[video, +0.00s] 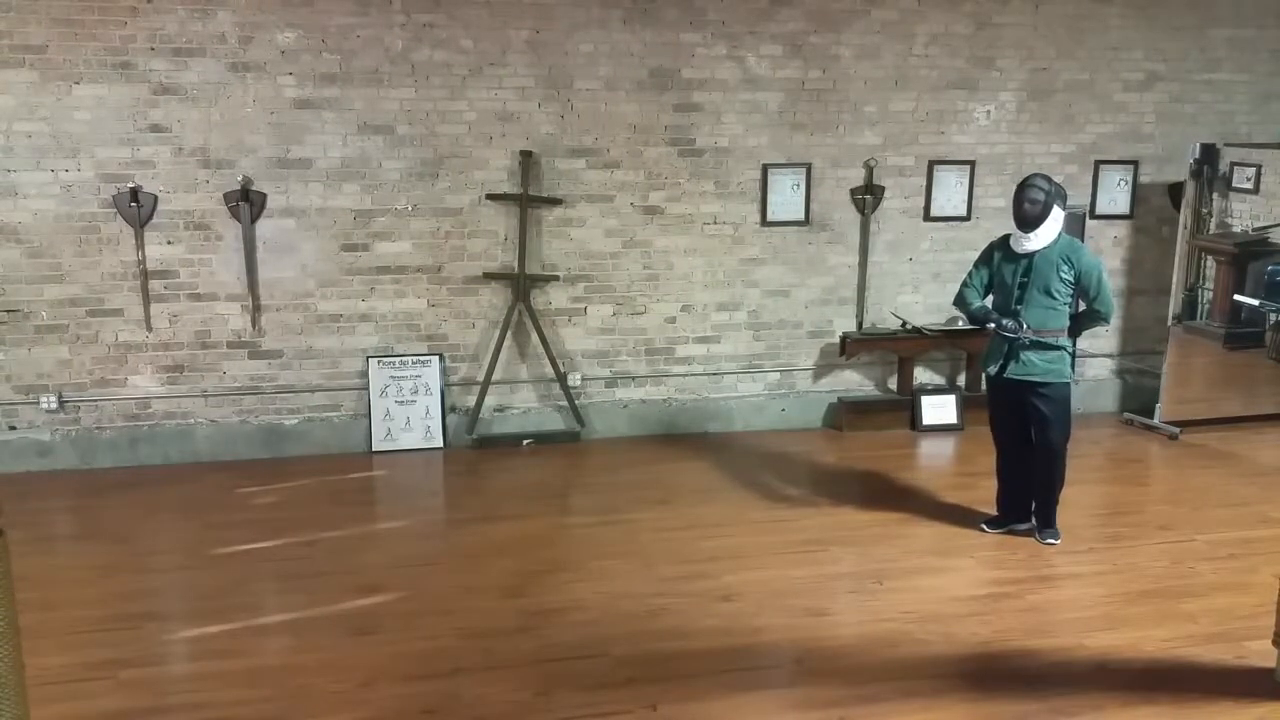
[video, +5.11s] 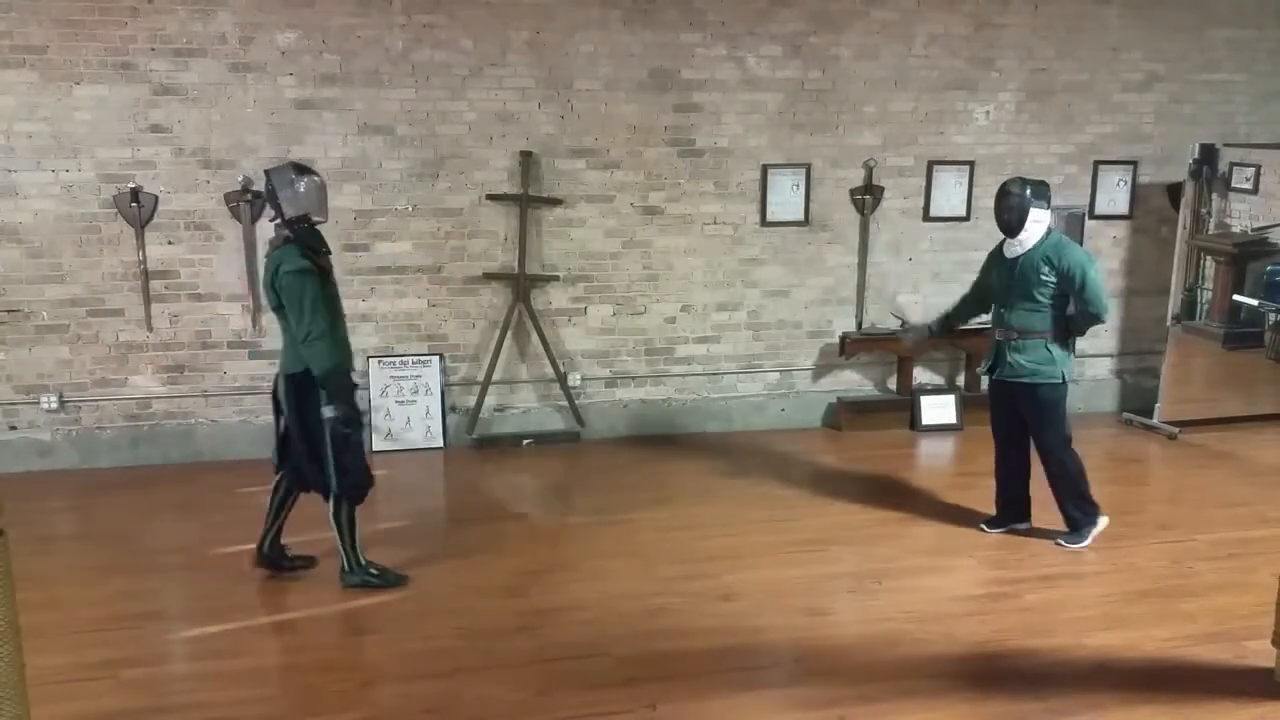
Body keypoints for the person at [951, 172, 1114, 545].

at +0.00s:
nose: (1024, 208)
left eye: (1033, 202)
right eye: (1020, 200)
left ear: (1053, 207)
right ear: (1014, 203)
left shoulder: (1074, 254)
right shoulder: (999, 250)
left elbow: (1102, 310)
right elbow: (966, 296)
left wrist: (1066, 329)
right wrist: (992, 318)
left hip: (1047, 370)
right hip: (1003, 368)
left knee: (1049, 449)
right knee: (1009, 447)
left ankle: (1047, 521)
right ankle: (1014, 514)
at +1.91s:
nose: (1028, 210)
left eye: (1036, 203)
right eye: (1024, 202)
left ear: (1057, 207)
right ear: (1018, 204)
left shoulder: (1079, 255)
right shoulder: (1004, 250)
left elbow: (1106, 312)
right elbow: (971, 298)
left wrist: (1068, 331)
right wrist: (1000, 320)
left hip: (1052, 373)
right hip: (1006, 371)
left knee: (1052, 453)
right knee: (1010, 449)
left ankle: (1048, 523)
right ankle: (1013, 515)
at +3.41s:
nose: (1027, 210)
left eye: (1035, 203)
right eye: (1023, 202)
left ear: (1056, 207)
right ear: (1017, 203)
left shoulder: (1080, 254)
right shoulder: (1005, 249)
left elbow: (1108, 310)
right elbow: (963, 294)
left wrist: (1073, 329)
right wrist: (998, 316)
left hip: (1050, 372)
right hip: (1005, 369)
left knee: (1049, 452)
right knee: (1011, 449)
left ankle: (1049, 523)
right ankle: (1015, 515)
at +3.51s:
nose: (1027, 210)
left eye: (1036, 205)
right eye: (1023, 203)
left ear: (1056, 209)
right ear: (1017, 204)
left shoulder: (1079, 255)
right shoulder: (1007, 249)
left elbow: (1107, 312)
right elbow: (974, 273)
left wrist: (1069, 330)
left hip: (1050, 368)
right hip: (1004, 364)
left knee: (1048, 451)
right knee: (1010, 447)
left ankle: (1047, 521)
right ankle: (1013, 515)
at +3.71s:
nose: (1028, 212)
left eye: (1037, 205)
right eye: (1024, 204)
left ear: (1057, 208)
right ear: (1019, 205)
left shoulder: (1078, 256)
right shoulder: (1005, 248)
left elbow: (1105, 313)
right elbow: (956, 254)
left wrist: (1071, 331)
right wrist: (907, 245)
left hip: (1048, 366)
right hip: (1003, 363)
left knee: (1048, 449)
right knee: (1009, 445)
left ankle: (1047, 521)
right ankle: (1014, 514)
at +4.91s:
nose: (1004, 219)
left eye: (1011, 211)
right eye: (1001, 211)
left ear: (1035, 210)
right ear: (1000, 211)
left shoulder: (1068, 253)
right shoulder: (996, 253)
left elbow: (1102, 308)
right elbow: (959, 288)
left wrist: (1067, 327)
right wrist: (920, 287)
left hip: (1046, 364)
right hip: (1002, 363)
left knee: (1048, 447)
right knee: (1007, 445)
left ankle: (1055, 524)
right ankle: (1012, 515)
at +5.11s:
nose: (1003, 217)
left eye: (1011, 209)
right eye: (1000, 209)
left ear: (1035, 210)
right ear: (999, 209)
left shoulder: (1064, 252)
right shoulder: (1001, 255)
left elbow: (1096, 310)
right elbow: (976, 300)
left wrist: (1067, 328)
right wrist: (937, 328)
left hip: (1043, 366)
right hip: (1004, 365)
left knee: (1052, 447)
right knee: (1009, 447)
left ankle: (1086, 519)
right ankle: (1013, 514)